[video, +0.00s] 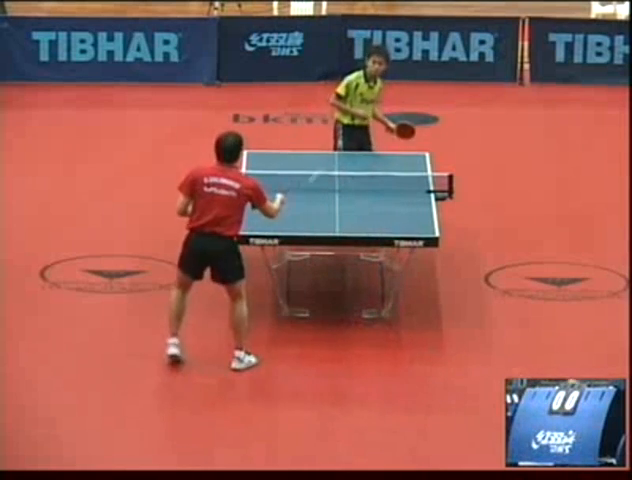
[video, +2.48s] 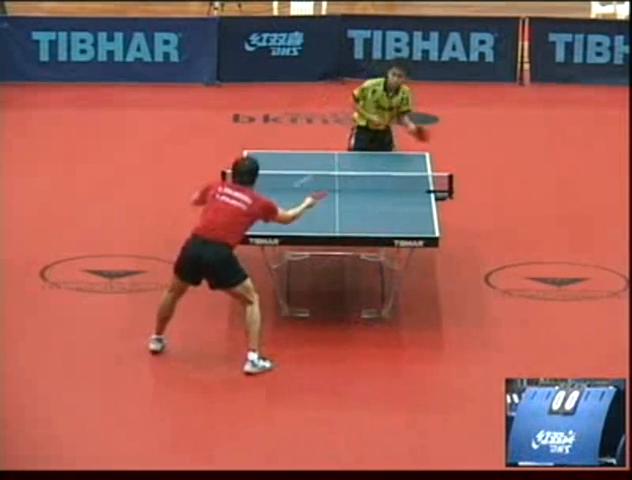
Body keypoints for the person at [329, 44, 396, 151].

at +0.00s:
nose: (376, 67)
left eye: (380, 64)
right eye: (373, 62)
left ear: (385, 67)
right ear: (367, 62)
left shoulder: (378, 84)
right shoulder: (352, 80)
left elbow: (373, 109)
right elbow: (334, 100)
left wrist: (388, 124)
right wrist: (356, 113)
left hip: (363, 126)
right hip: (346, 125)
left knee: (367, 161)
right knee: (345, 163)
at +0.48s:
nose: (365, 74)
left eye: (369, 71)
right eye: (362, 70)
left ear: (372, 73)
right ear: (354, 69)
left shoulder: (373, 89)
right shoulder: (337, 86)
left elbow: (376, 111)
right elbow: (325, 108)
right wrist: (346, 119)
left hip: (359, 130)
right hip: (340, 130)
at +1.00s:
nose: (385, 77)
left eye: (388, 74)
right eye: (382, 73)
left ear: (393, 76)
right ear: (376, 73)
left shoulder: (393, 92)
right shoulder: (360, 88)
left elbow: (387, 112)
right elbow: (343, 103)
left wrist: (396, 129)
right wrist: (359, 119)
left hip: (376, 132)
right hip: (356, 131)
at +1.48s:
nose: (364, 79)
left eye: (368, 76)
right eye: (361, 74)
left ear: (374, 77)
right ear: (356, 73)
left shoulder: (379, 89)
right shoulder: (342, 86)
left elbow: (375, 115)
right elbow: (333, 108)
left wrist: (360, 107)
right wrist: (346, 120)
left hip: (368, 132)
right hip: (348, 132)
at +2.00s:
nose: (389, 96)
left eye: (392, 92)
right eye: (386, 91)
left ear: (395, 93)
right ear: (378, 87)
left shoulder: (392, 103)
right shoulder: (360, 100)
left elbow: (396, 123)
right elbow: (341, 120)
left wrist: (412, 129)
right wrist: (360, 134)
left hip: (373, 140)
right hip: (352, 140)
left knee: (384, 168)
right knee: (350, 173)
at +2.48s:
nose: (395, 79)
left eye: (399, 76)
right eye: (393, 75)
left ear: (403, 79)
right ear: (388, 75)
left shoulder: (404, 93)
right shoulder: (370, 86)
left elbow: (402, 114)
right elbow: (354, 100)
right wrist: (369, 117)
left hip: (384, 131)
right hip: (365, 129)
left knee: (385, 164)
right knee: (360, 163)